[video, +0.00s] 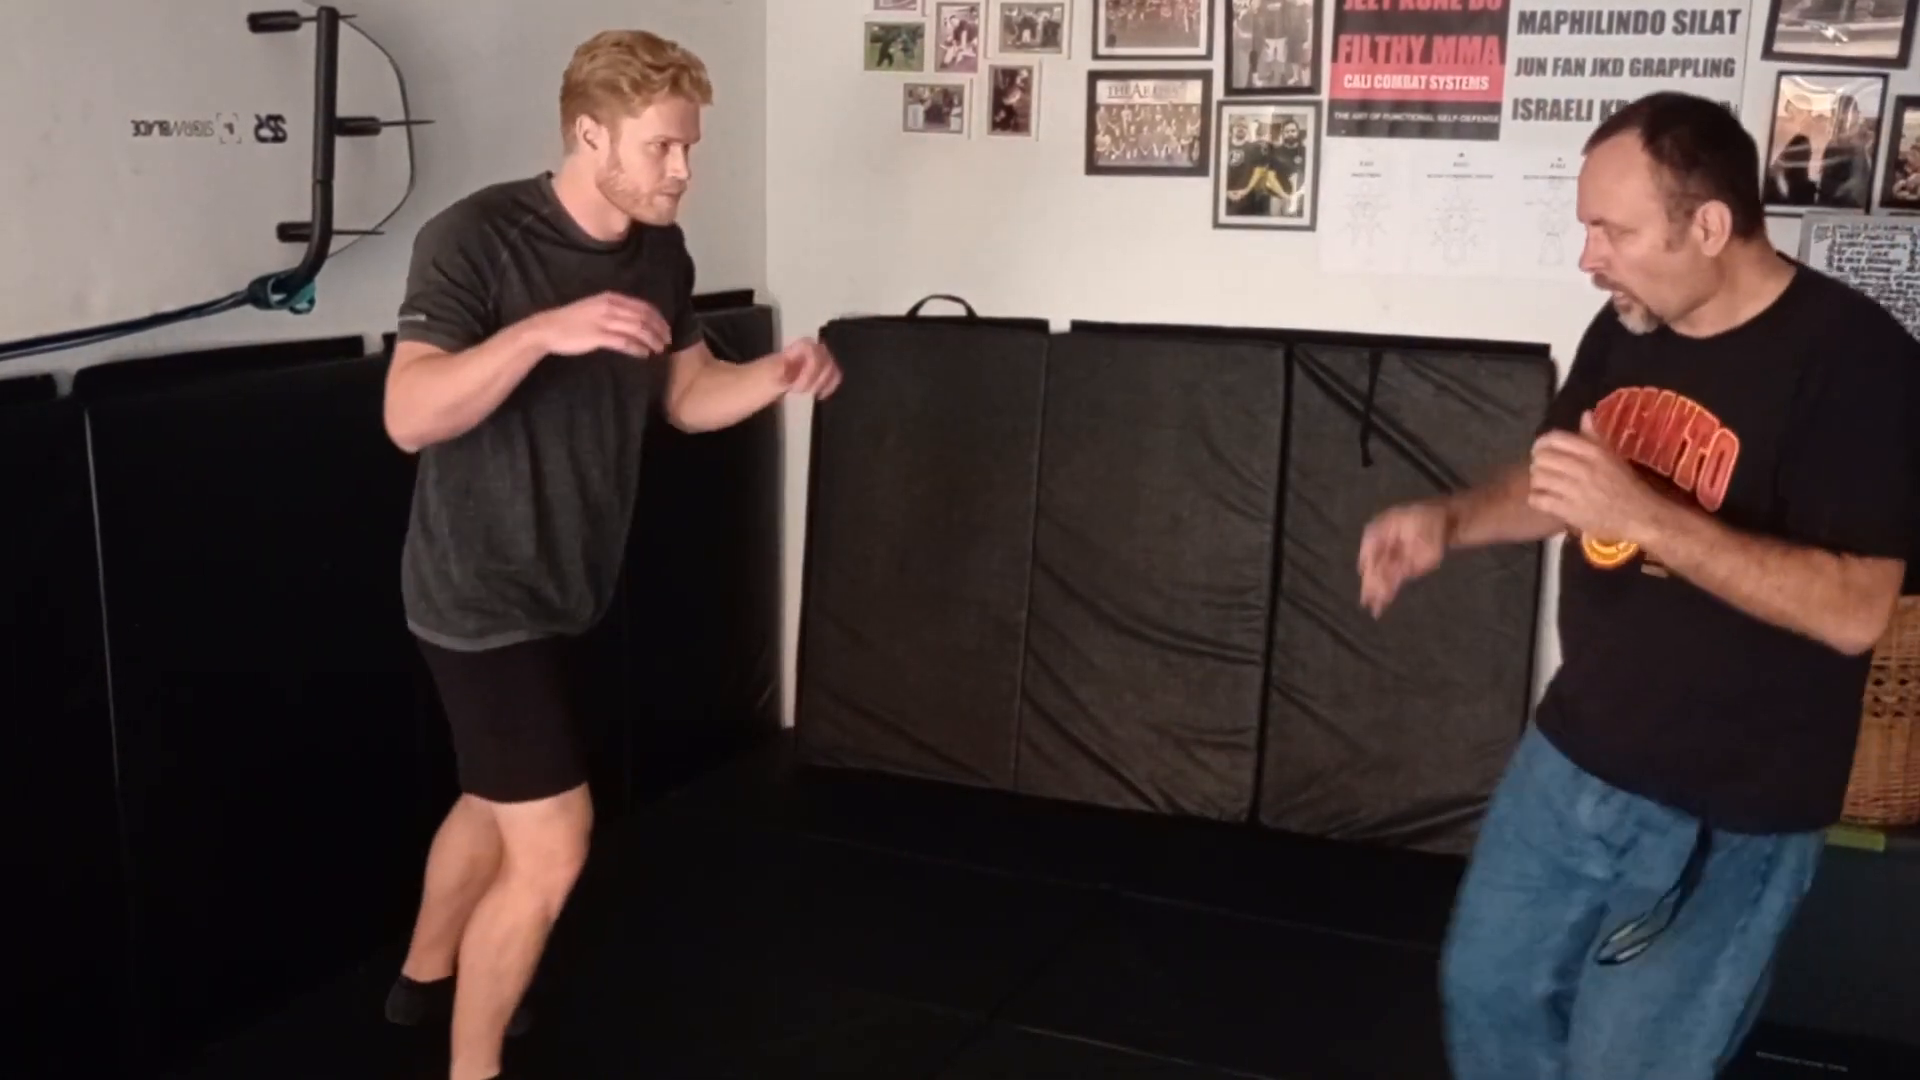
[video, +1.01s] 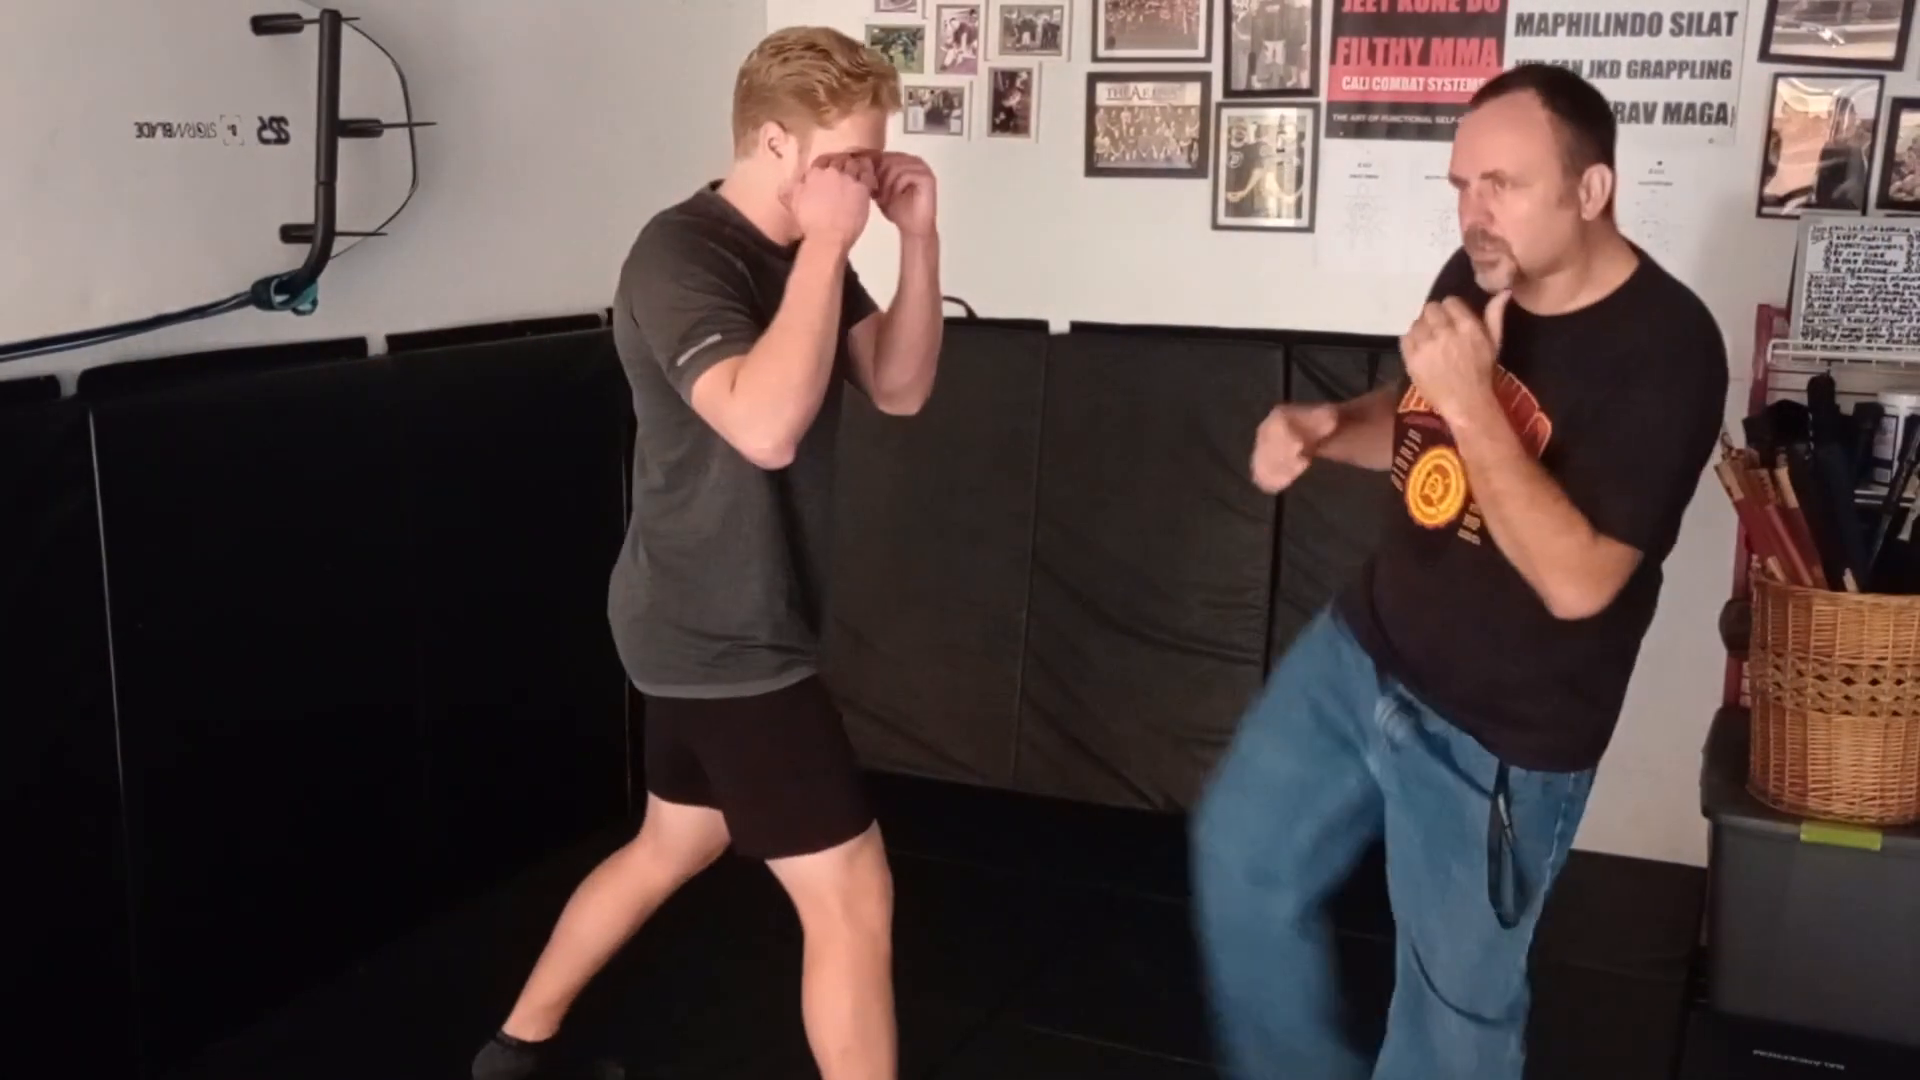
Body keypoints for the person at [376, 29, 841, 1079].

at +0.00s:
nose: (687, 172)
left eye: (692, 147)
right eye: (668, 148)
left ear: (687, 140)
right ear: (590, 137)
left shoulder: (657, 253)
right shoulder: (474, 240)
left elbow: (687, 396)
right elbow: (409, 414)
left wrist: (775, 372)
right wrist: (540, 331)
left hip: (576, 593)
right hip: (476, 596)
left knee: (494, 810)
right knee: (550, 846)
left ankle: (420, 983)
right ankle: (472, 1071)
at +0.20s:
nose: (692, 157)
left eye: (698, 132)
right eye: (673, 132)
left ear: (644, 128)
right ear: (598, 121)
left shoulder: (660, 236)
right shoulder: (501, 227)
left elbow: (733, 360)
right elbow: (439, 403)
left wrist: (807, 258)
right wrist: (569, 281)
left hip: (612, 587)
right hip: (510, 596)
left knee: (633, 805)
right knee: (585, 851)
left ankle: (490, 1007)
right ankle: (484, 1062)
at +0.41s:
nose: (706, 174)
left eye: (714, 152)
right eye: (688, 151)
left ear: (711, 148)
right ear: (613, 140)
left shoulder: (681, 258)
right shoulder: (516, 256)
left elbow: (766, 393)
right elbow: (490, 429)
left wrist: (783, 244)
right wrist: (593, 275)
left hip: (661, 603)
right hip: (580, 619)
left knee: (644, 842)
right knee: (764, 829)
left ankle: (504, 1047)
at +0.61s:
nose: (769, 197)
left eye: (779, 175)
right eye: (752, 175)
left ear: (778, 173)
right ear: (679, 163)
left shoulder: (729, 271)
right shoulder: (597, 271)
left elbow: (832, 397)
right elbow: (646, 430)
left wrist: (832, 252)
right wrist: (716, 261)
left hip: (718, 624)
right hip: (677, 638)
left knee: (667, 857)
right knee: (823, 892)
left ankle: (510, 1041)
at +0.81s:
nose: (864, 190)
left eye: (869, 168)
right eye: (846, 168)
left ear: (783, 155)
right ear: (772, 154)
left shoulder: (790, 264)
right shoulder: (670, 264)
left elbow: (900, 391)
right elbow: (750, 425)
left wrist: (914, 243)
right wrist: (821, 254)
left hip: (722, 624)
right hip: (705, 638)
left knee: (672, 843)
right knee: (835, 899)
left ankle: (518, 1025)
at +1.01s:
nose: (867, 186)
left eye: (872, 164)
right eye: (852, 162)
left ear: (785, 150)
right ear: (781, 150)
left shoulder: (790, 256)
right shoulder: (675, 261)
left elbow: (899, 387)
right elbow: (762, 424)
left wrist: (919, 236)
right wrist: (827, 247)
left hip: (710, 628)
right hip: (723, 642)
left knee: (671, 845)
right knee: (849, 903)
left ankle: (519, 1043)